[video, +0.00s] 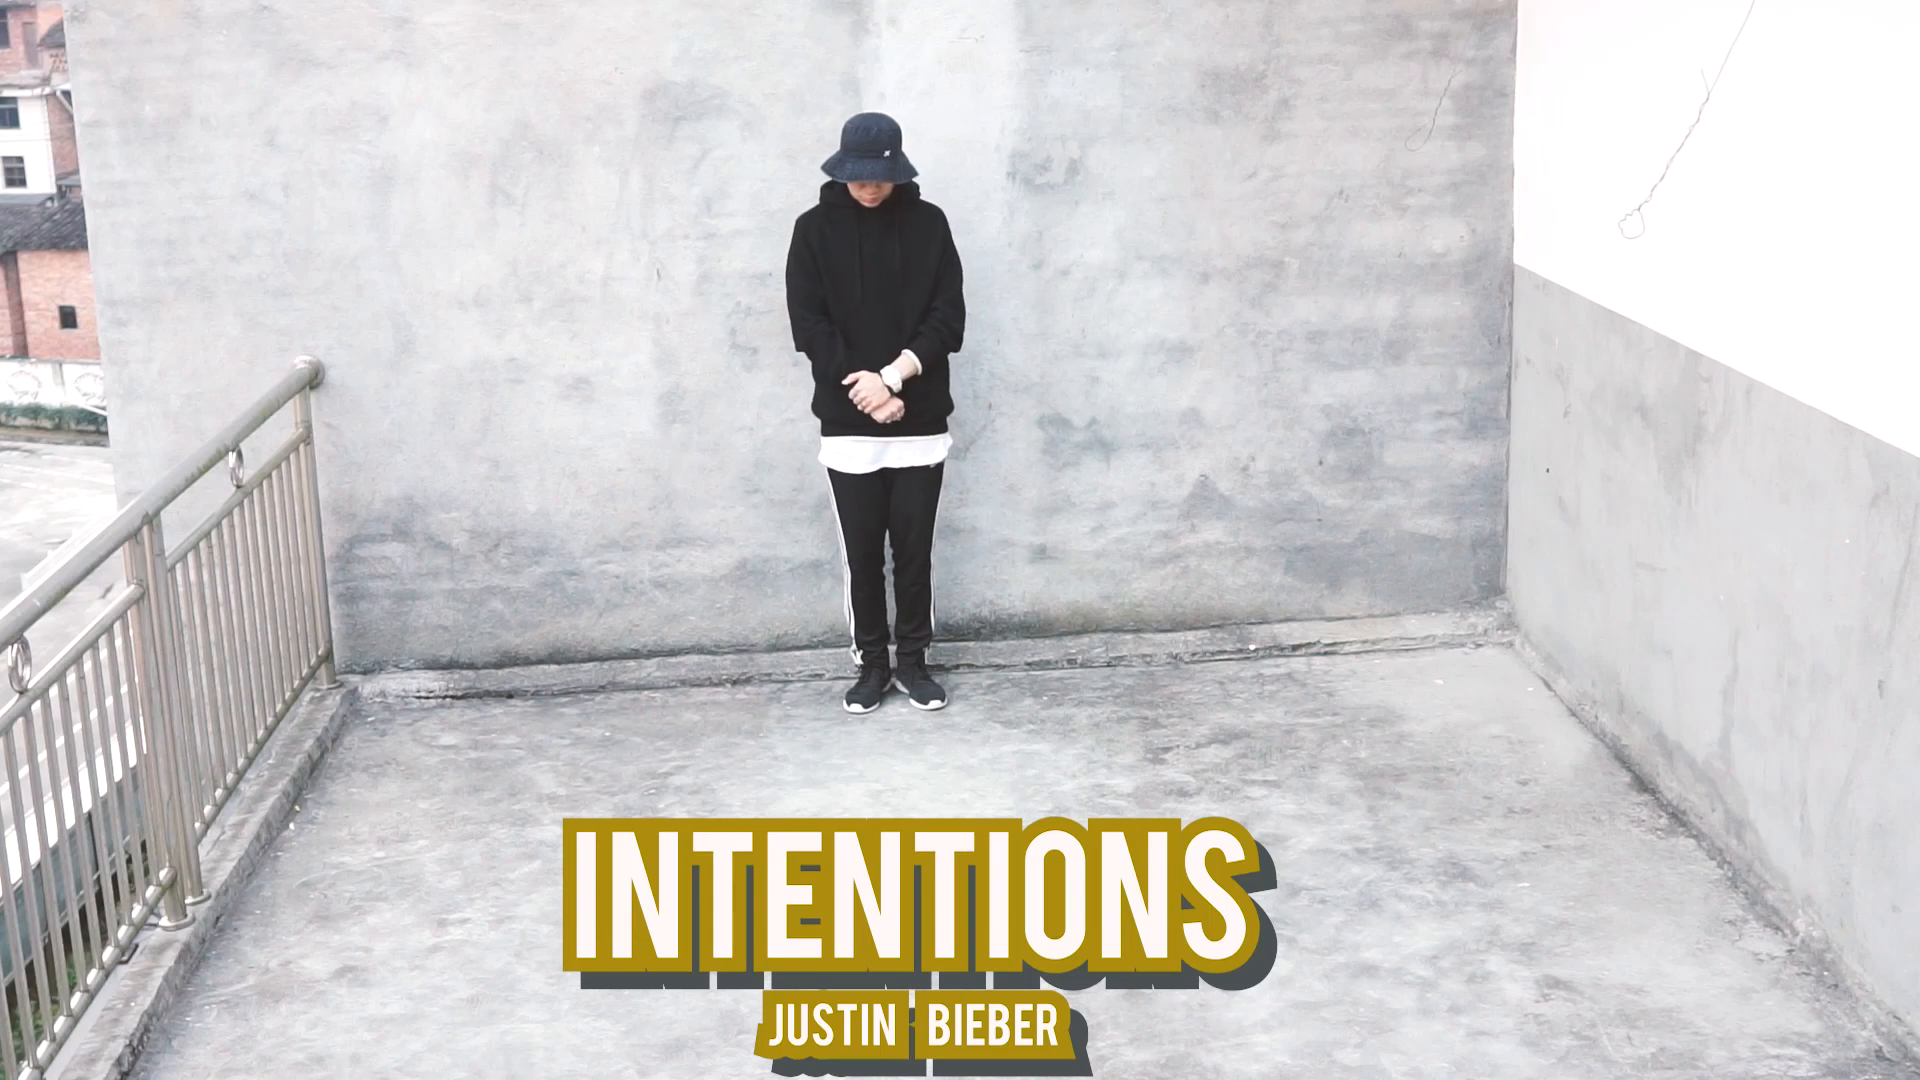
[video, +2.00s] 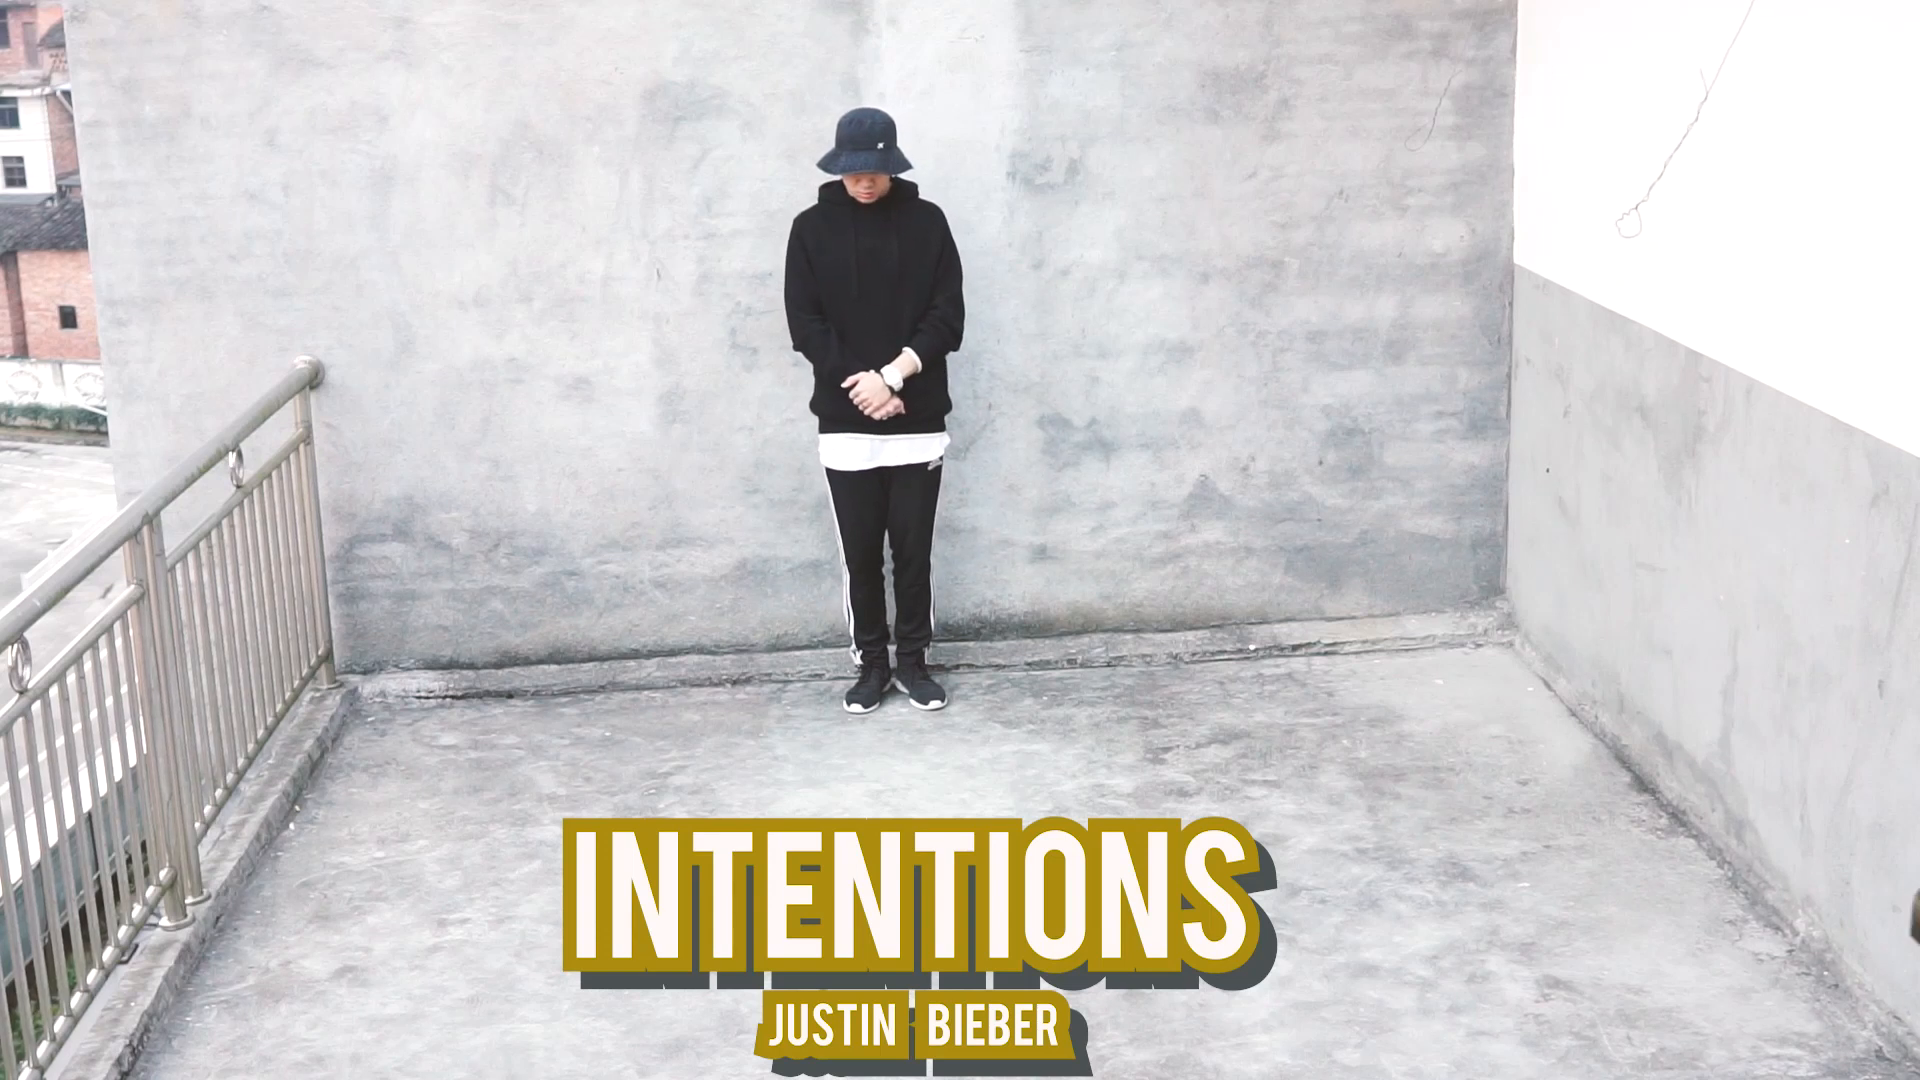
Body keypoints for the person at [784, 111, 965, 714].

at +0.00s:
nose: (870, 187)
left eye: (881, 177)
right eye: (859, 176)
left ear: (898, 172)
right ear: (842, 172)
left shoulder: (928, 222)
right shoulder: (814, 228)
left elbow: (948, 318)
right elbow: (808, 326)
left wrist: (893, 373)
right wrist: (865, 388)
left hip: (921, 417)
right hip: (847, 420)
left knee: (913, 549)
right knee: (862, 551)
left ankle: (913, 663)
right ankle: (873, 666)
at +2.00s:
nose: (863, 182)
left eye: (874, 171)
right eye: (852, 172)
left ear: (893, 167)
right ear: (837, 169)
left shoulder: (926, 220)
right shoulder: (813, 226)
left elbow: (948, 316)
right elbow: (804, 323)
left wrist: (893, 372)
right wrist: (861, 385)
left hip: (918, 414)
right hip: (844, 416)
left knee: (912, 549)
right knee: (861, 552)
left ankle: (913, 663)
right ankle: (872, 666)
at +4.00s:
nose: (867, 182)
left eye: (878, 172)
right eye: (857, 172)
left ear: (898, 168)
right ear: (842, 169)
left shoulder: (930, 221)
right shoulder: (816, 226)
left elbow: (950, 316)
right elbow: (808, 322)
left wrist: (896, 373)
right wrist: (865, 385)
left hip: (920, 414)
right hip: (846, 416)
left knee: (914, 548)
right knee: (862, 551)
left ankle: (913, 662)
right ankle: (873, 666)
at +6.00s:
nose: (865, 187)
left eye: (876, 177)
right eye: (854, 176)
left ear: (896, 171)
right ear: (839, 171)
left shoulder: (926, 221)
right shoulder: (813, 228)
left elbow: (947, 317)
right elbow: (806, 325)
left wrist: (893, 373)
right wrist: (862, 386)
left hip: (918, 414)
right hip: (844, 418)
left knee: (913, 549)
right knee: (860, 552)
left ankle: (913, 664)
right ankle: (872, 666)